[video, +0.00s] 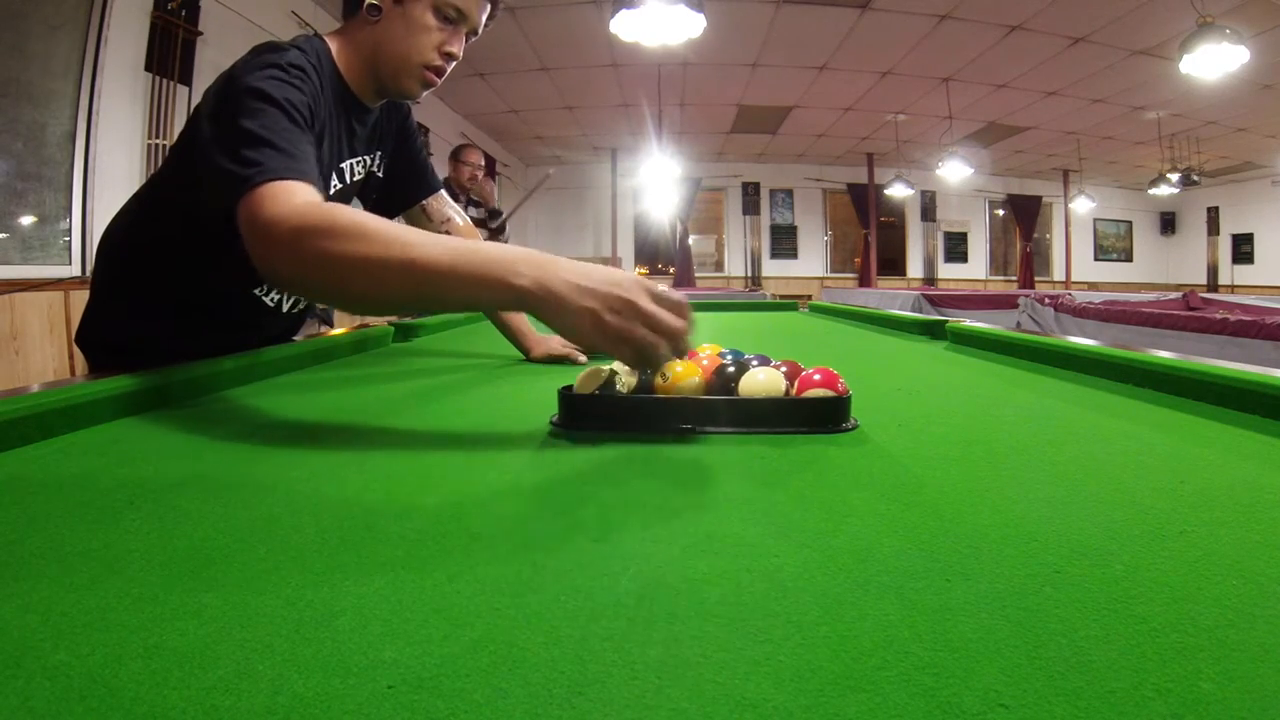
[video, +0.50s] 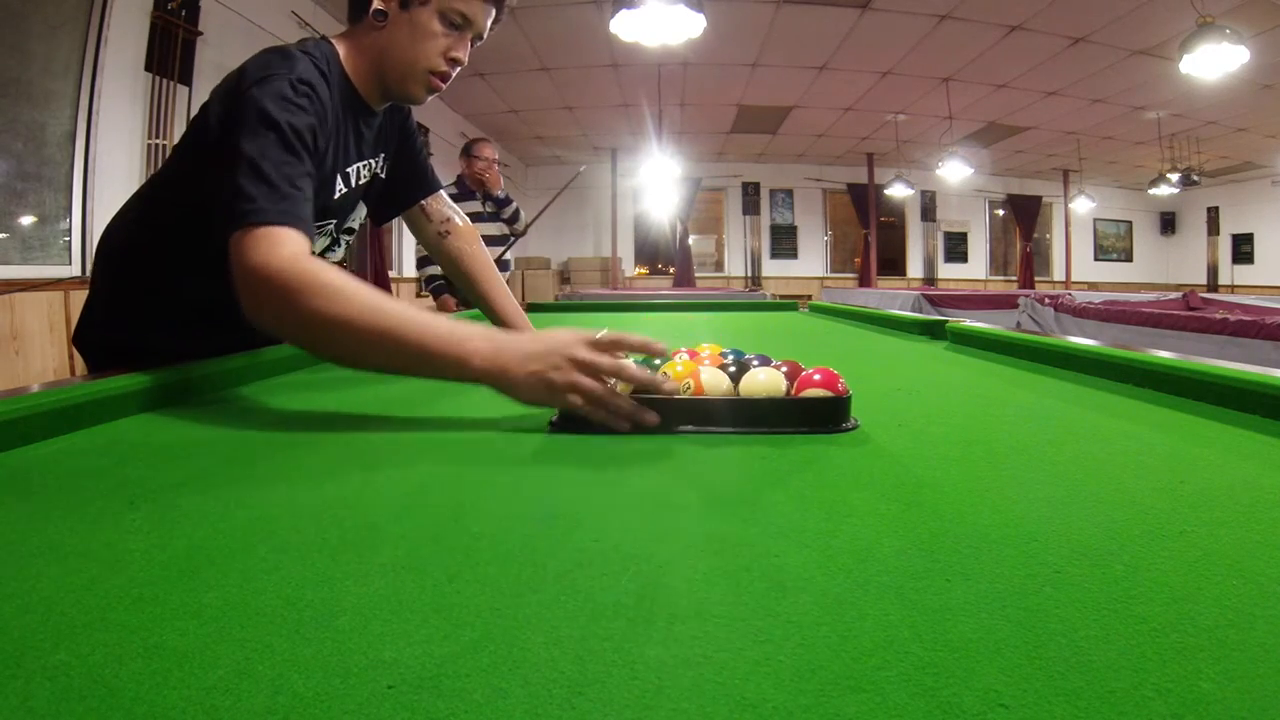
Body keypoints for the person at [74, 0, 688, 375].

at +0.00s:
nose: (458, 51)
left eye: (469, 38)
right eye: (446, 21)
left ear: (461, 47)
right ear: (379, 4)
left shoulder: (391, 117)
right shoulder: (276, 82)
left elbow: (448, 229)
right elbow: (284, 238)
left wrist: (526, 332)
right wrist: (537, 276)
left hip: (257, 332)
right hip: (150, 332)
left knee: (247, 517)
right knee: (143, 523)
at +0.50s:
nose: (462, 58)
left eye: (473, 42)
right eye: (453, 26)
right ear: (387, 7)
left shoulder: (392, 121)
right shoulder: (283, 86)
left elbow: (447, 230)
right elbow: (272, 277)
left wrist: (525, 338)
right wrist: (498, 357)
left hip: (252, 336)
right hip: (146, 340)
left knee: (240, 523)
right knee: (139, 538)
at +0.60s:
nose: (458, 56)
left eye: (468, 39)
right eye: (449, 24)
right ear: (383, 5)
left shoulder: (390, 122)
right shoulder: (277, 89)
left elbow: (446, 231)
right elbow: (267, 280)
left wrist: (532, 342)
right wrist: (481, 385)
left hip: (251, 334)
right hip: (146, 340)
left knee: (240, 519)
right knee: (144, 535)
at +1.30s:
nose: (448, 42)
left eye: (458, 28)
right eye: (432, 13)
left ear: (458, 40)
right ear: (363, 6)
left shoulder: (391, 118)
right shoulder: (273, 97)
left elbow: (447, 228)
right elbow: (270, 293)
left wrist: (526, 337)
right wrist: (463, 374)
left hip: (258, 335)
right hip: (154, 339)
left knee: (236, 518)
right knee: (140, 529)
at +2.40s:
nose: (417, 60)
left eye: (420, 43)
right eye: (424, 42)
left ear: (335, 15)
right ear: (411, 39)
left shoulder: (349, 114)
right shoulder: (286, 63)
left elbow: (411, 231)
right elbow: (308, 234)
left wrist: (498, 335)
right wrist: (471, 383)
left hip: (240, 350)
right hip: (146, 350)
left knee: (227, 539)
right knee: (133, 549)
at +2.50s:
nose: (400, 60)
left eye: (405, 43)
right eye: (409, 41)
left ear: (327, 10)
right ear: (400, 34)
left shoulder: (328, 96)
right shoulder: (295, 55)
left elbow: (372, 232)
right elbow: (315, 227)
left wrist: (465, 340)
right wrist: (473, 381)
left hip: (235, 346)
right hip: (149, 352)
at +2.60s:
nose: (379, 67)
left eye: (382, 55)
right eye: (389, 50)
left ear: (315, 8)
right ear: (386, 29)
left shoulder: (279, 63)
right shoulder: (300, 52)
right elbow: (326, 220)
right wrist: (477, 375)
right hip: (150, 350)